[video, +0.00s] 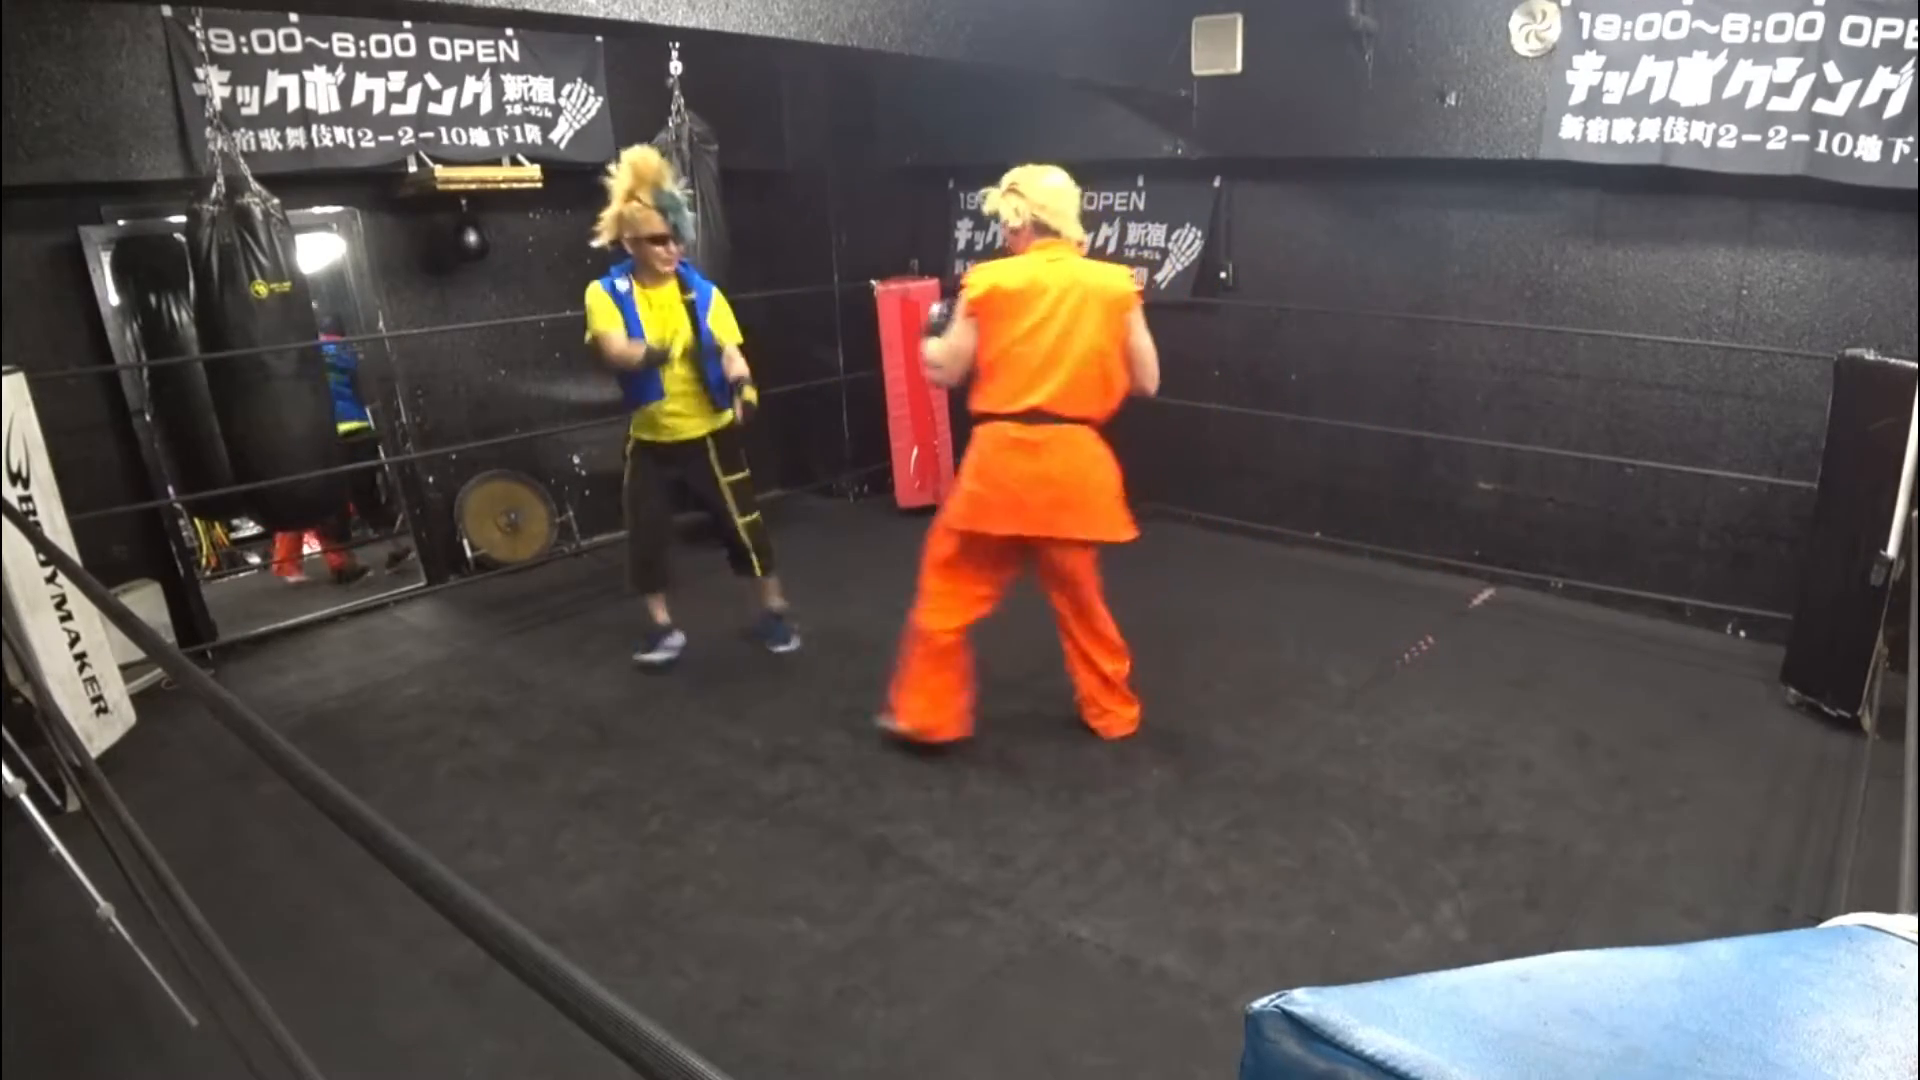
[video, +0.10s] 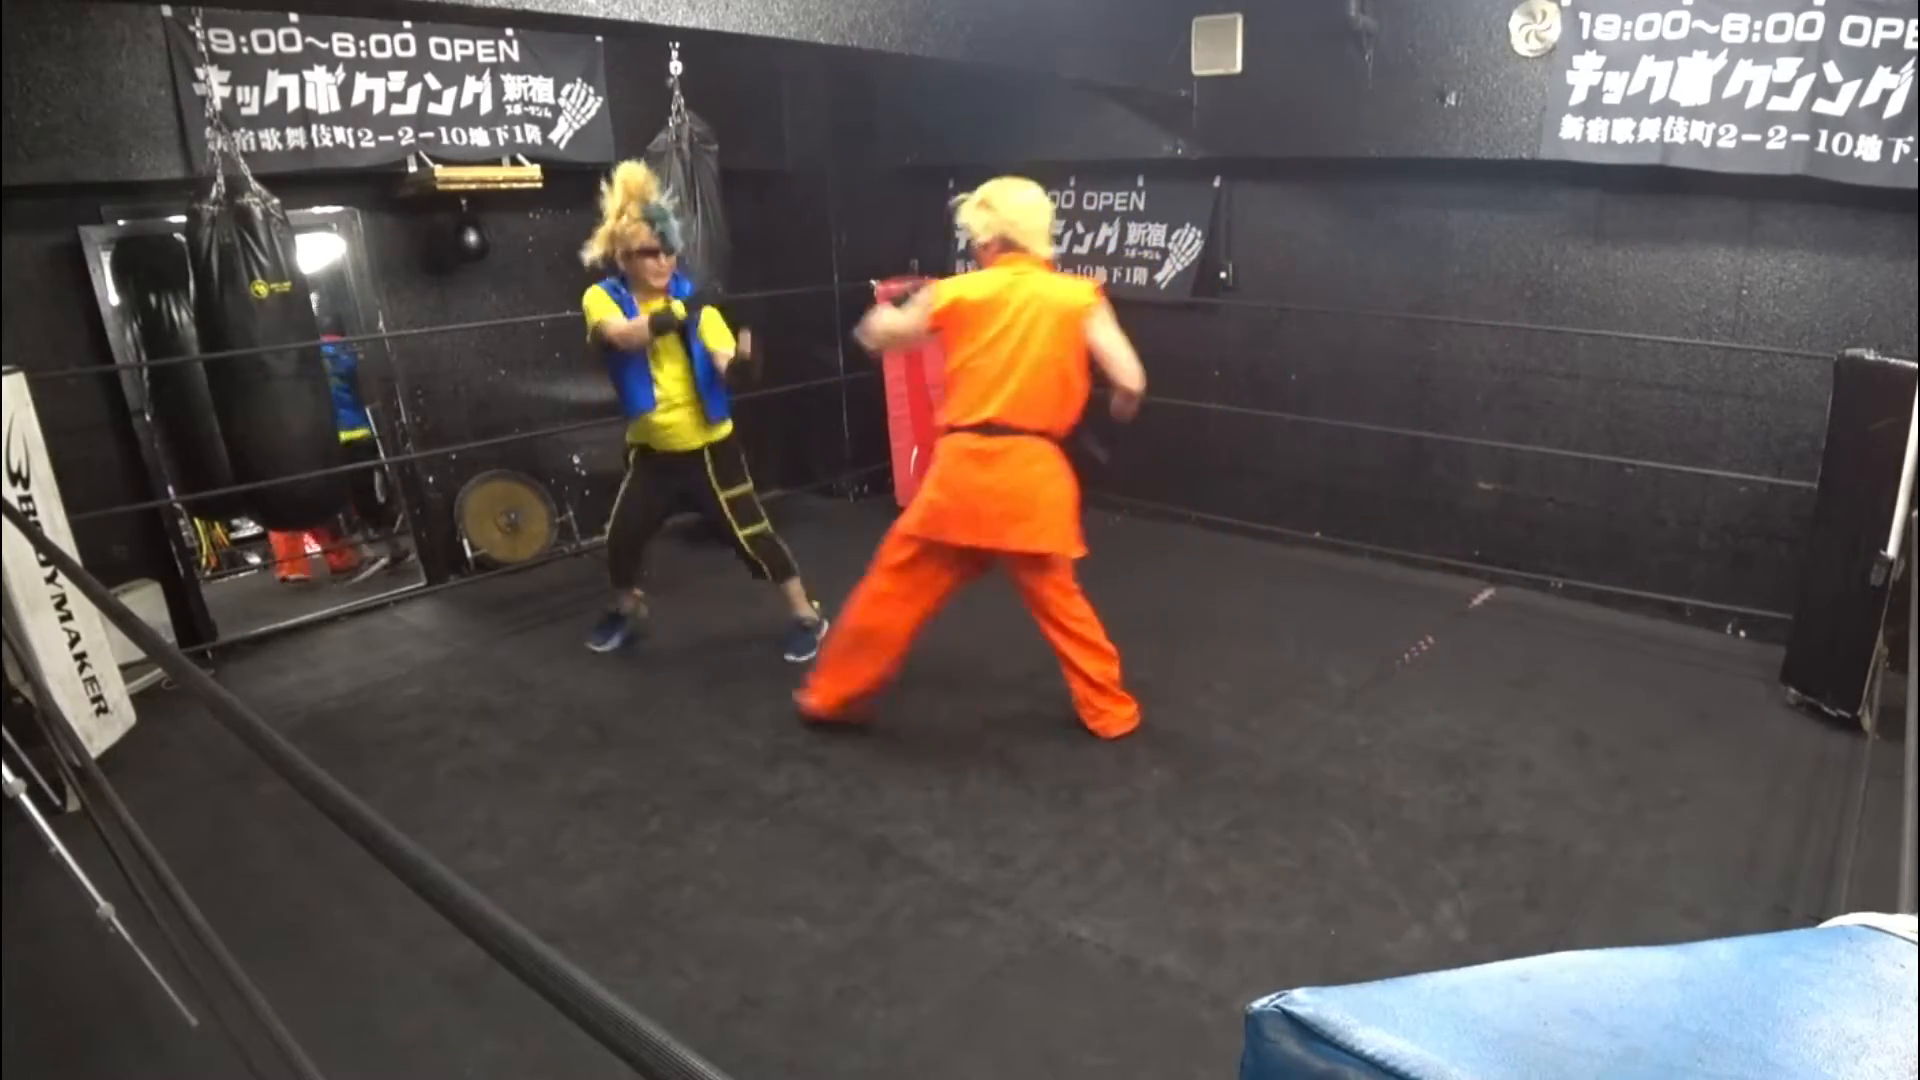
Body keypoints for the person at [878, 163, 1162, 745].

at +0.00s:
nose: (1001, 233)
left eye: (1006, 222)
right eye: (1003, 221)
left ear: (1027, 223)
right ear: (1065, 223)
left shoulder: (990, 281)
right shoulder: (1114, 285)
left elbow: (947, 368)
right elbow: (1146, 379)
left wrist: (931, 339)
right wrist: (1088, 349)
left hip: (999, 459)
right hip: (1077, 459)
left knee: (948, 580)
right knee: (1079, 590)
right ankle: (1113, 711)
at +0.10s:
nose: (970, 246)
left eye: (974, 236)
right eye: (970, 236)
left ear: (994, 238)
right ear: (1038, 237)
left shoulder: (959, 292)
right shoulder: (1078, 297)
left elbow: (875, 334)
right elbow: (1130, 381)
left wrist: (883, 310)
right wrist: (1117, 411)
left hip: (961, 472)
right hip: (1038, 474)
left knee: (895, 580)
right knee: (1061, 598)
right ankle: (1111, 712)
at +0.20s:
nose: (921, 253)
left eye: (925, 246)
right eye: (924, 245)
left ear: (938, 251)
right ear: (993, 249)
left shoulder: (900, 300)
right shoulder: (1020, 310)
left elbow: (836, 311)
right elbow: (1072, 370)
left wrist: (886, 300)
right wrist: (1088, 418)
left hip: (917, 493)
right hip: (995, 490)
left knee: (842, 597)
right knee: (1040, 607)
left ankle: (767, 694)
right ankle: (1108, 712)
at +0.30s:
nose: (866, 260)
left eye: (870, 253)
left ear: (877, 261)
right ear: (938, 261)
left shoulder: (839, 324)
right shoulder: (963, 327)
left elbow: (795, 405)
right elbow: (978, 396)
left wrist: (827, 348)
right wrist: (997, 420)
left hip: (871, 507)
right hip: (948, 504)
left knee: (809, 612)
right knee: (996, 607)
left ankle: (757, 718)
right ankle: (1091, 699)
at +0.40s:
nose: (795, 286)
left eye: (796, 274)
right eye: (793, 274)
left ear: (813, 274)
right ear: (869, 262)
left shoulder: (809, 344)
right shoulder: (913, 322)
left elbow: (802, 451)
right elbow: (963, 401)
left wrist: (785, 413)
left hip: (859, 513)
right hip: (924, 497)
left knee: (791, 613)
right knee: (934, 609)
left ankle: (755, 723)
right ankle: (1052, 689)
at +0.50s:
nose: (753, 309)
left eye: (752, 297)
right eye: (748, 298)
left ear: (772, 291)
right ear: (805, 275)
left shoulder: (820, 357)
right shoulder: (842, 311)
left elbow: (818, 459)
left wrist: (781, 412)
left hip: (852, 510)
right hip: (905, 493)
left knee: (780, 609)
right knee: (922, 610)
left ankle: (755, 722)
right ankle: (1029, 694)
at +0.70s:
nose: (717, 299)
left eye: (716, 288)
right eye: (714, 288)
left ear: (733, 282)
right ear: (764, 263)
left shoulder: (776, 347)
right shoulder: (810, 297)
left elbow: (804, 453)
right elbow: (826, 380)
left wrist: (769, 438)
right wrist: (762, 390)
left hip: (840, 491)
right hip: (893, 466)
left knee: (782, 606)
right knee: (933, 588)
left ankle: (756, 723)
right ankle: (1037, 682)